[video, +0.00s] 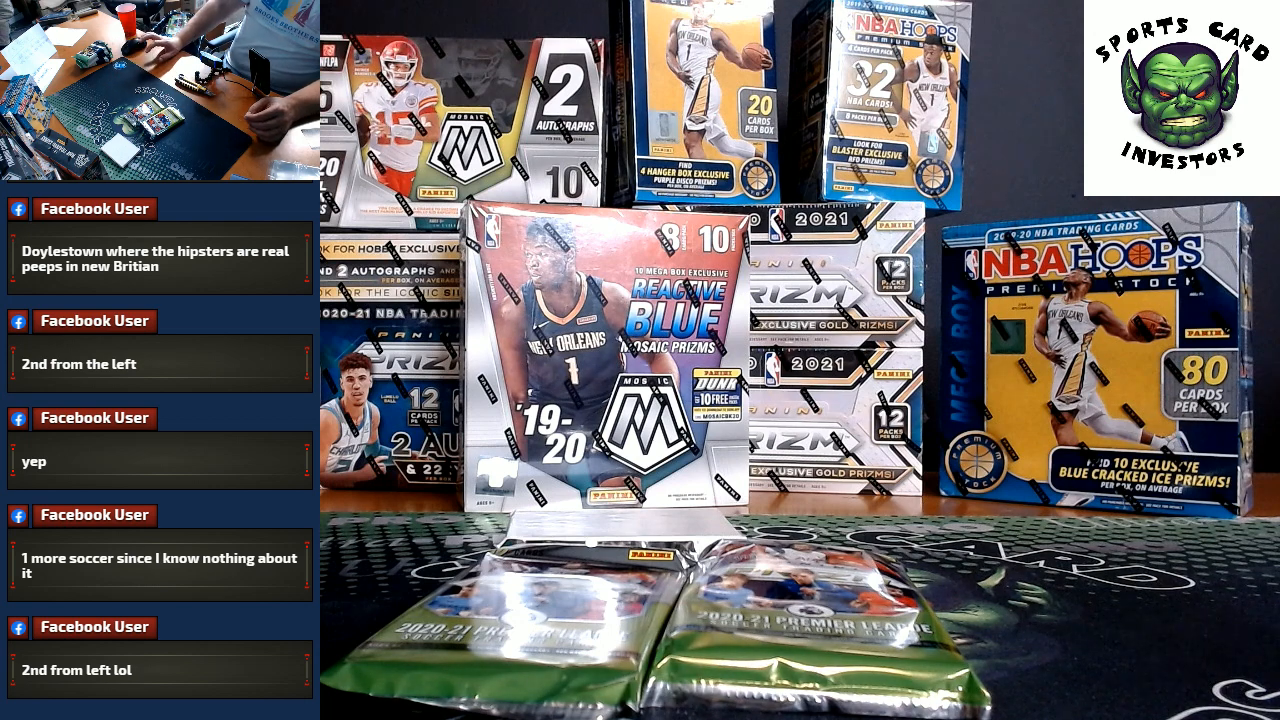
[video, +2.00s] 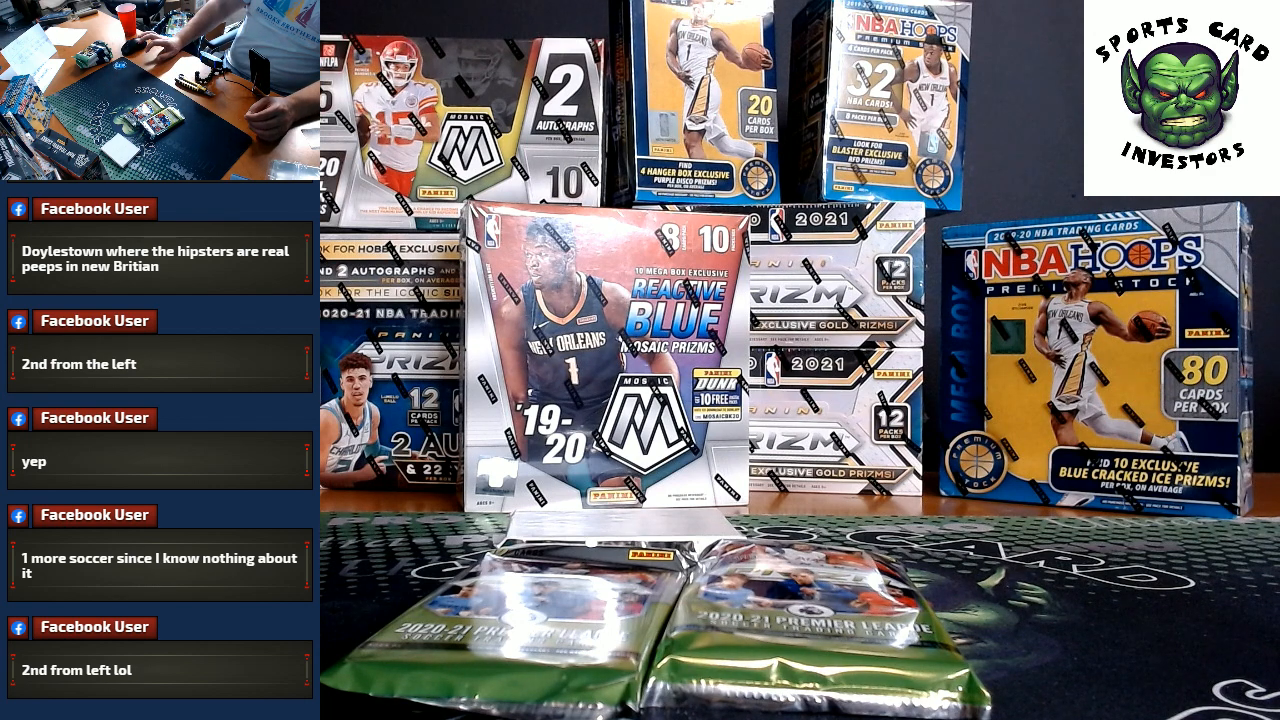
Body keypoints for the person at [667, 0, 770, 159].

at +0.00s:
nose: (697, 8)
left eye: (703, 6)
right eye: (695, 5)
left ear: (711, 12)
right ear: (691, 7)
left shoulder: (715, 34)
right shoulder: (678, 24)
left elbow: (740, 60)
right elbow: (670, 53)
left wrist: (764, 63)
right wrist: (678, 72)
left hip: (705, 87)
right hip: (692, 88)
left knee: (692, 141)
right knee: (725, 145)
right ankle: (767, 158)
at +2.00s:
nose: (697, 9)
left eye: (702, 6)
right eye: (694, 5)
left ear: (711, 12)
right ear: (691, 8)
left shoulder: (715, 34)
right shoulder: (678, 25)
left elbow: (739, 60)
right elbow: (670, 53)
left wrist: (764, 63)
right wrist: (678, 72)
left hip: (705, 87)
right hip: (692, 88)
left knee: (692, 141)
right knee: (725, 145)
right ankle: (767, 158)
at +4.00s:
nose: (697, 9)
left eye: (702, 6)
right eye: (695, 5)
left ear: (711, 11)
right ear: (691, 8)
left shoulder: (715, 34)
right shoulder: (678, 24)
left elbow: (739, 59)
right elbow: (670, 54)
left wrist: (764, 62)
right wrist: (678, 72)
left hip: (705, 87)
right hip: (692, 88)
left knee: (692, 141)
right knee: (725, 145)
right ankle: (765, 157)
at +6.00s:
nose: (693, 11)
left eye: (696, 7)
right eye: (688, 6)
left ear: (702, 8)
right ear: (683, 7)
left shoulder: (712, 30)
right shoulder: (679, 24)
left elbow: (734, 54)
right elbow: (671, 51)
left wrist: (757, 58)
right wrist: (678, 69)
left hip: (707, 85)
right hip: (692, 85)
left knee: (692, 138)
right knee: (723, 142)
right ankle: (757, 152)